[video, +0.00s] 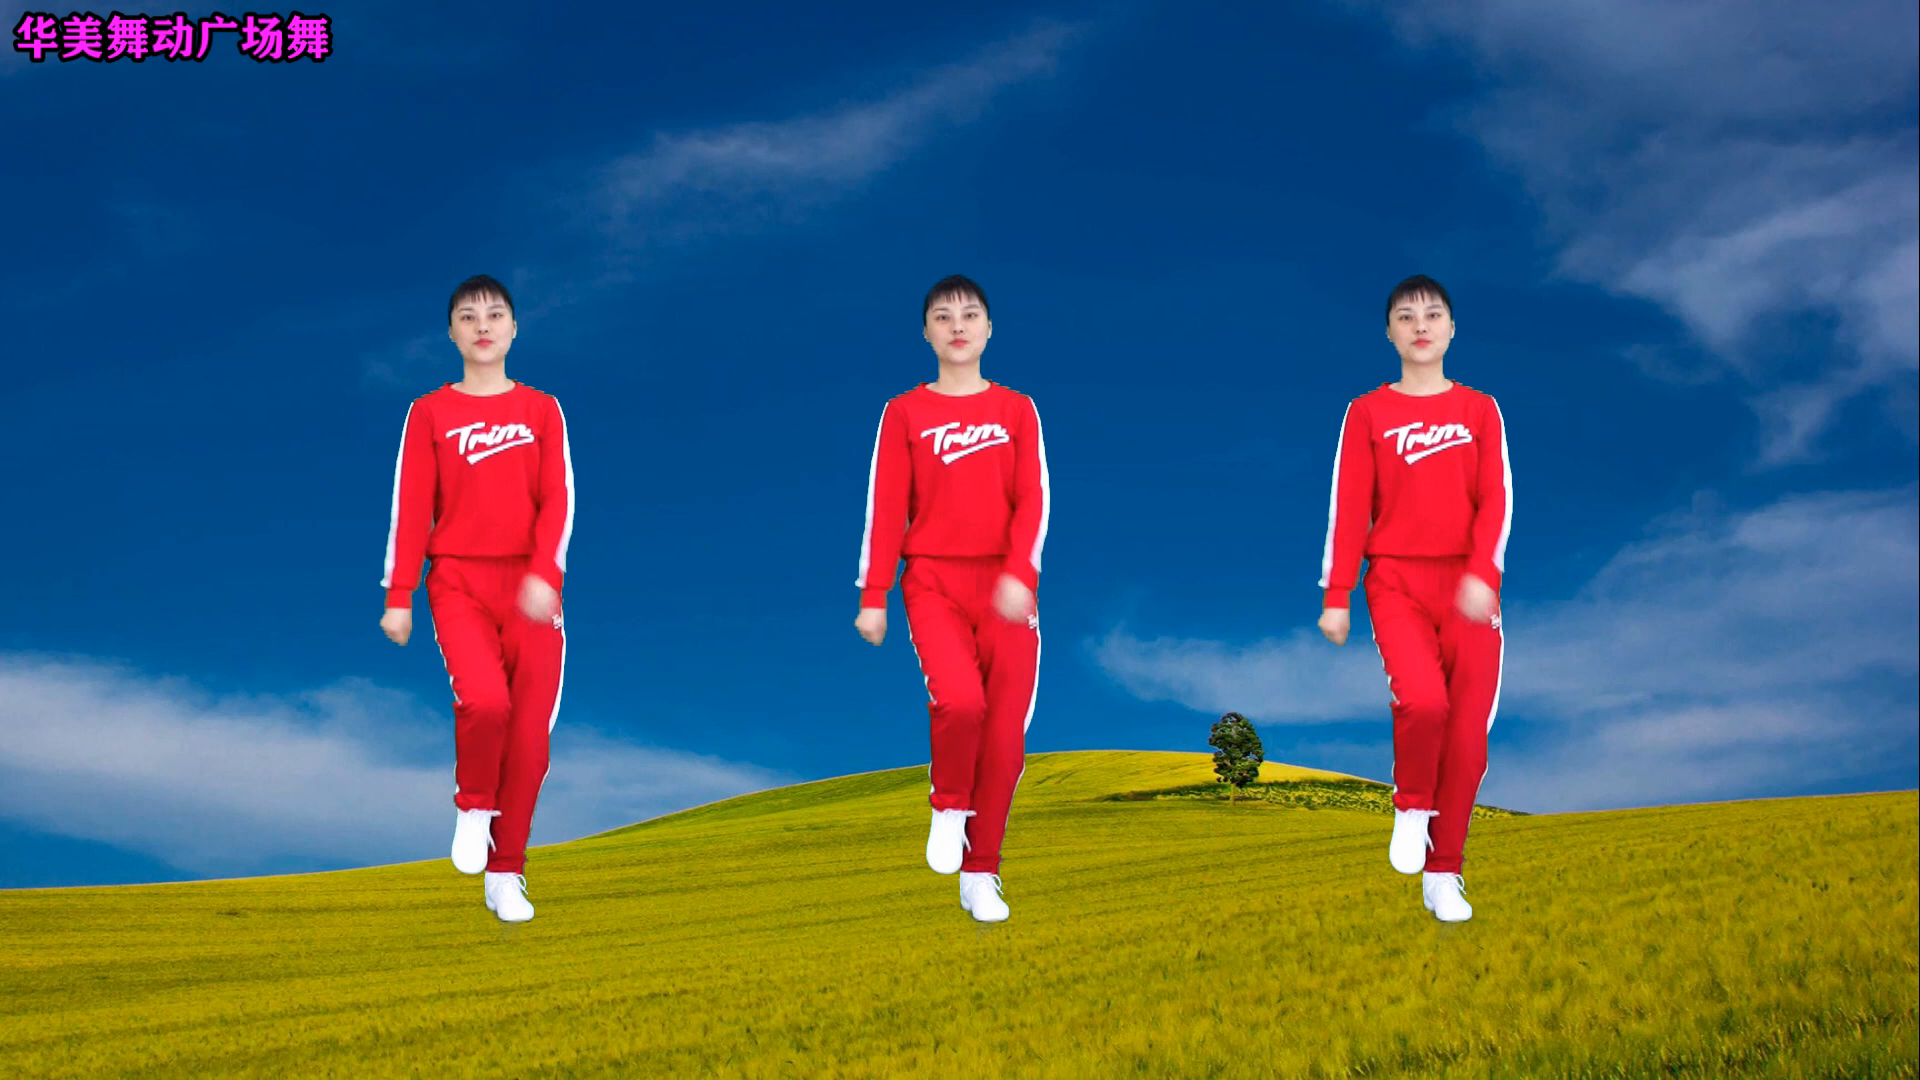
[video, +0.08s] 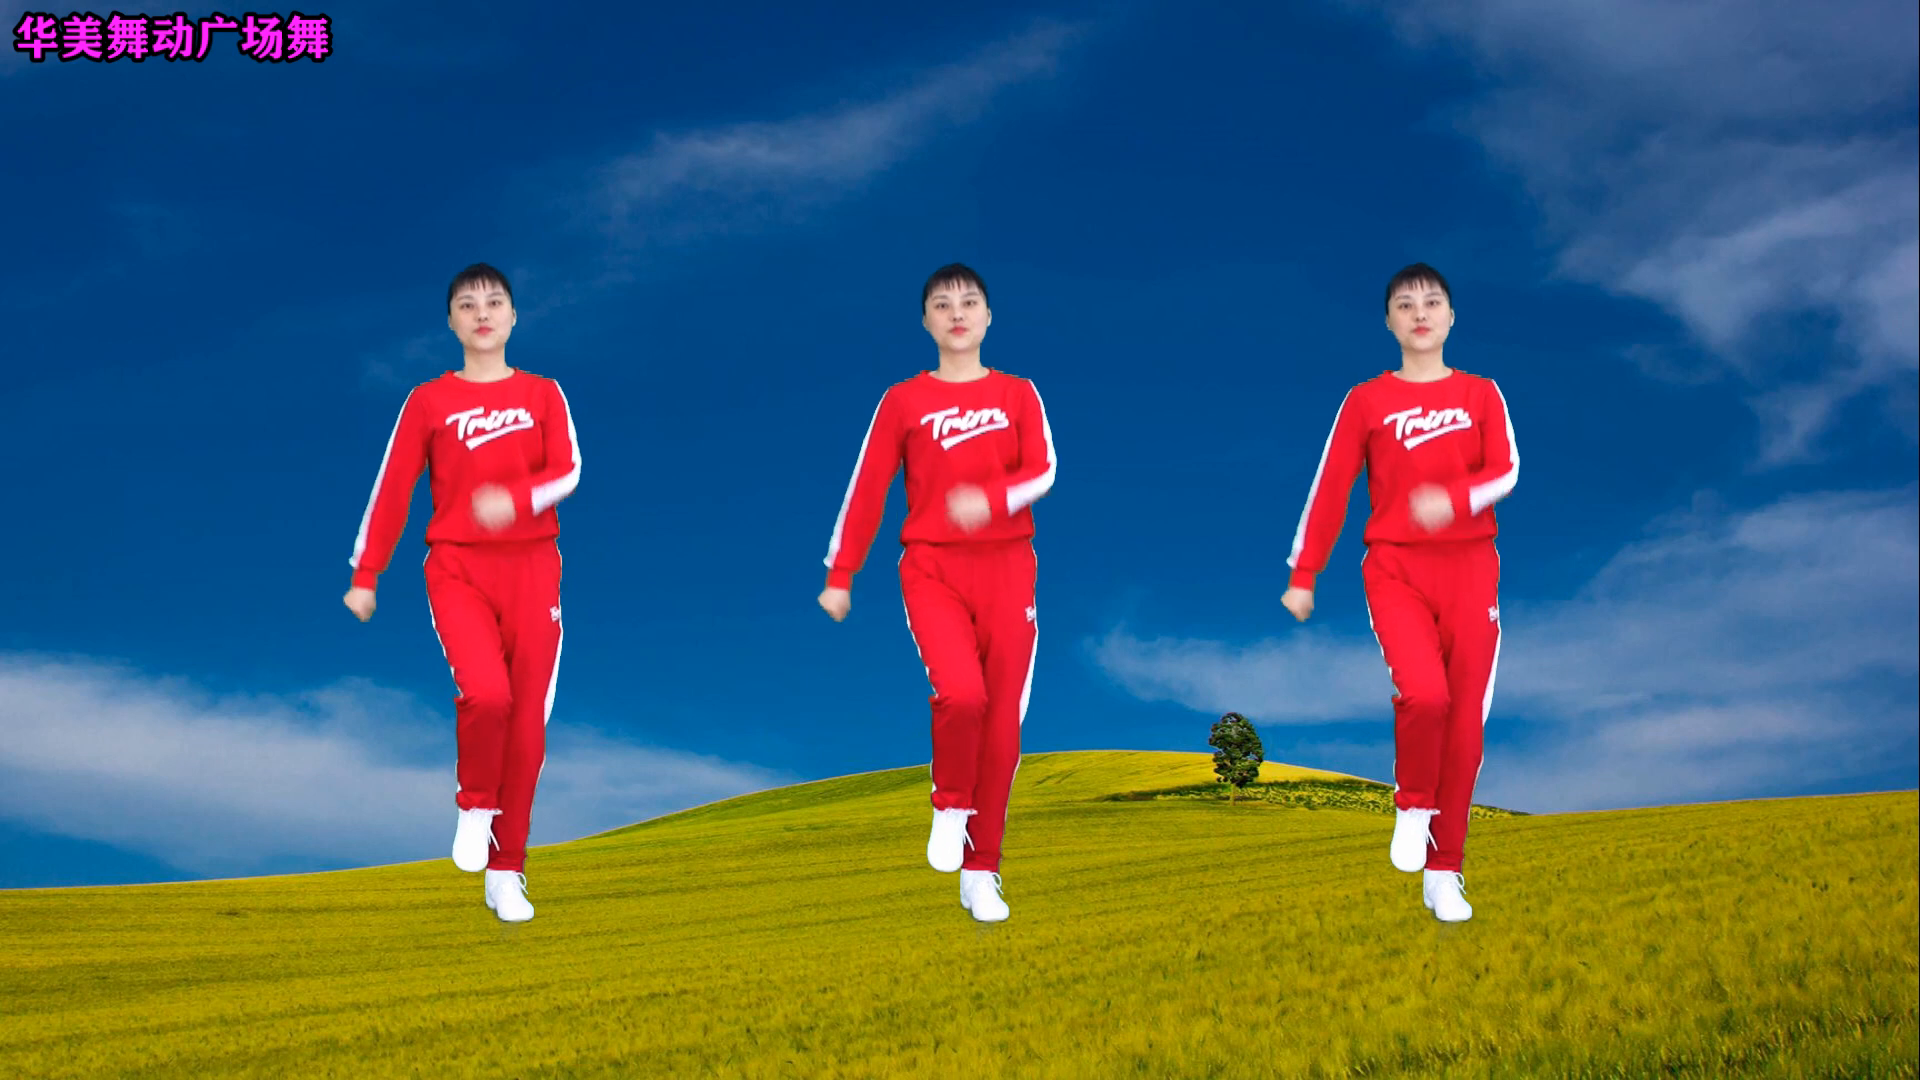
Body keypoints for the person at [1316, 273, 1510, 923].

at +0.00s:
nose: (1420, 326)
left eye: (1432, 315)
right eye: (1407, 317)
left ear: (1451, 328)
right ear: (1391, 332)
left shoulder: (1481, 408)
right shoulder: (1367, 411)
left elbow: (1496, 498)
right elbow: (1348, 507)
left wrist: (1483, 574)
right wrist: (1337, 595)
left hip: (1470, 582)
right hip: (1395, 581)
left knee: (1470, 726)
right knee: (1425, 703)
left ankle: (1445, 868)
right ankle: (1412, 807)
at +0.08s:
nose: (1420, 315)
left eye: (1431, 304)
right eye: (1407, 306)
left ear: (1450, 315)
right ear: (1391, 321)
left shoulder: (1481, 393)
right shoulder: (1365, 401)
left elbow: (1504, 471)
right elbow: (1329, 488)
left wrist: (1452, 496)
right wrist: (1304, 571)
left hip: (1470, 573)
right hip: (1395, 571)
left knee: (1466, 718)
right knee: (1425, 696)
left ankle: (1446, 868)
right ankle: (1415, 807)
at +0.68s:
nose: (1403, 327)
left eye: (1415, 317)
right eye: (1390, 317)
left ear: (1433, 329)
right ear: (1374, 330)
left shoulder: (1461, 407)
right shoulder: (1346, 410)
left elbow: (1468, 499)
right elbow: (1330, 498)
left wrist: (1465, 584)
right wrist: (1348, 569)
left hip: (1435, 582)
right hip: (1364, 583)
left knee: (1409, 714)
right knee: (1363, 735)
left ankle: (1430, 810)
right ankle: (1390, 867)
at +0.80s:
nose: (1402, 310)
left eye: (1415, 300)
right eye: (1389, 300)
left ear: (1432, 312)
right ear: (1372, 312)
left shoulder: (1460, 389)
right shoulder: (1342, 393)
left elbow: (1499, 476)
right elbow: (1305, 473)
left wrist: (1517, 565)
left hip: (1437, 567)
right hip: (1361, 567)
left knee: (1410, 711)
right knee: (1369, 723)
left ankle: (1427, 818)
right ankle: (1392, 862)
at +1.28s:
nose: (1409, 322)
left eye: (1421, 311)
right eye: (1396, 311)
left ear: (1439, 321)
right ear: (1380, 323)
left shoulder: (1470, 399)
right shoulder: (1354, 403)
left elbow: (1514, 485)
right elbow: (1348, 488)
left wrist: (1555, 566)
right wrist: (1371, 555)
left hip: (1460, 573)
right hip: (1385, 575)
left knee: (1451, 728)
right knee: (1398, 722)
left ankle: (1434, 868)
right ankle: (1395, 838)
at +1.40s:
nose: (1410, 326)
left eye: (1422, 315)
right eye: (1397, 316)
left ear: (1440, 325)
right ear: (1381, 329)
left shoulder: (1472, 405)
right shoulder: (1357, 409)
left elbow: (1493, 495)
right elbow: (1337, 504)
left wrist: (1477, 568)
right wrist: (1326, 592)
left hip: (1461, 578)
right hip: (1384, 578)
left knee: (1460, 730)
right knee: (1413, 704)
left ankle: (1433, 869)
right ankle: (1400, 805)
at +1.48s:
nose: (1409, 313)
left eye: (1421, 302)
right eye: (1396, 304)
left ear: (1440, 312)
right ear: (1381, 318)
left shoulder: (1472, 391)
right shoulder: (1356, 399)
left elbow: (1500, 475)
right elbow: (1316, 484)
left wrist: (1450, 497)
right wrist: (1288, 569)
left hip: (1461, 571)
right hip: (1385, 570)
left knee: (1455, 723)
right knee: (1412, 697)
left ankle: (1435, 868)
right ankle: (1404, 806)